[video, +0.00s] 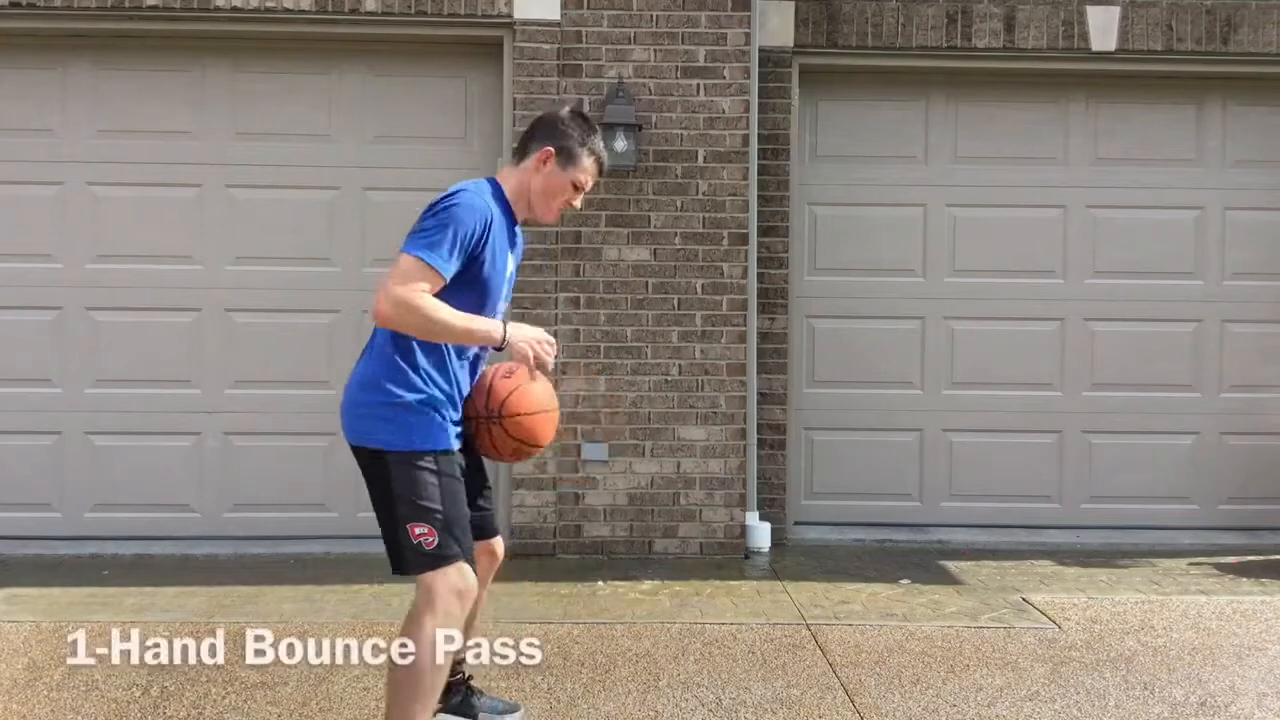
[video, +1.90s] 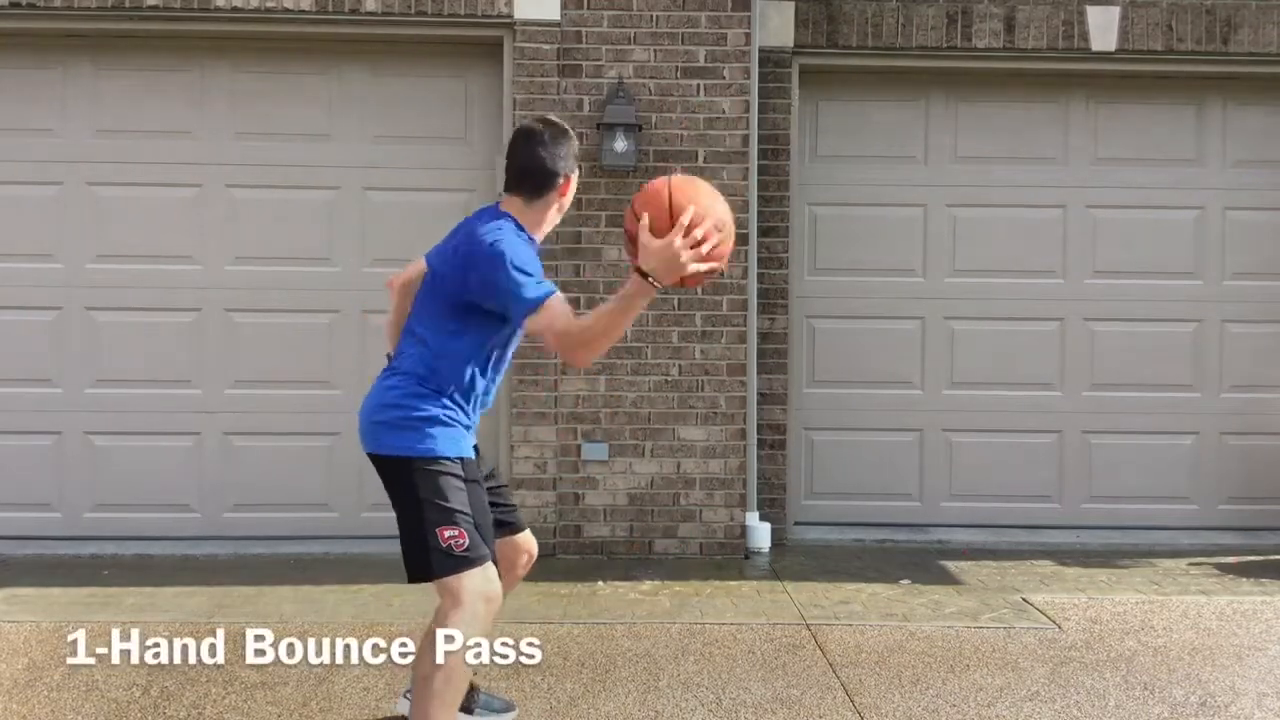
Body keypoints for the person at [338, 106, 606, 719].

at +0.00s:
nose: (574, 204)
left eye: (582, 195)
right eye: (575, 187)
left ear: (545, 165)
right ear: (543, 159)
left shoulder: (508, 233)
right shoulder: (470, 207)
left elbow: (462, 333)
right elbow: (394, 302)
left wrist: (496, 399)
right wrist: (503, 331)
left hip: (443, 413)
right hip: (399, 412)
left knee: (484, 552)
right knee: (450, 582)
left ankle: (443, 689)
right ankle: (407, 712)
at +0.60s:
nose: (559, 202)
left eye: (562, 191)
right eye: (563, 190)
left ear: (499, 173)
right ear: (553, 191)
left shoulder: (491, 246)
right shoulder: (471, 239)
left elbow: (453, 342)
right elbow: (458, 346)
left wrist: (494, 398)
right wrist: (541, 288)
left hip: (426, 425)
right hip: (388, 424)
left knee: (495, 552)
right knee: (457, 589)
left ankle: (442, 684)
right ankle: (411, 711)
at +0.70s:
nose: (564, 203)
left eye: (565, 193)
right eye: (567, 192)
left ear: (501, 178)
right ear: (557, 196)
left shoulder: (482, 240)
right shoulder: (477, 246)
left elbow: (424, 329)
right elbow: (499, 361)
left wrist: (454, 396)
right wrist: (562, 289)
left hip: (427, 424)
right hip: (394, 426)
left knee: (498, 549)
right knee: (458, 587)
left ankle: (441, 683)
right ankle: (409, 711)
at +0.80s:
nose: (559, 209)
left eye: (561, 198)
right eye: (562, 198)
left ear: (497, 181)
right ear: (552, 201)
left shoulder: (459, 233)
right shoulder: (494, 264)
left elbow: (398, 321)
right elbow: (533, 393)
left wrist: (444, 395)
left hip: (414, 424)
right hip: (397, 432)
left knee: (496, 545)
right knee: (458, 594)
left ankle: (442, 682)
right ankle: (410, 711)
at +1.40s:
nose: (547, 177)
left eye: (543, 168)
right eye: (546, 169)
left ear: (479, 172)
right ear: (538, 178)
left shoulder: (439, 229)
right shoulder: (523, 249)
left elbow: (377, 328)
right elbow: (575, 360)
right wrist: (613, 330)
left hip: (383, 420)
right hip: (424, 426)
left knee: (501, 542)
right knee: (485, 594)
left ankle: (431, 691)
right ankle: (439, 711)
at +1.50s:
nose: (544, 166)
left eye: (541, 156)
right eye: (543, 157)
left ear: (477, 160)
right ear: (533, 165)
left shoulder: (440, 220)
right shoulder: (522, 235)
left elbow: (383, 319)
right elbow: (614, 313)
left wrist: (449, 406)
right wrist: (659, 256)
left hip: (387, 416)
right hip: (425, 425)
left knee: (494, 542)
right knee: (483, 593)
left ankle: (431, 693)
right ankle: (436, 712)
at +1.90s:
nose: (573, 192)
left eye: (571, 181)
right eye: (574, 181)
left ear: (509, 173)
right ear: (566, 187)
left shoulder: (484, 230)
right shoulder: (499, 245)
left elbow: (404, 283)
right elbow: (576, 345)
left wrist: (405, 363)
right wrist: (648, 278)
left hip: (440, 425)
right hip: (418, 426)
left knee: (513, 551)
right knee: (475, 591)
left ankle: (430, 689)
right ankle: (432, 710)